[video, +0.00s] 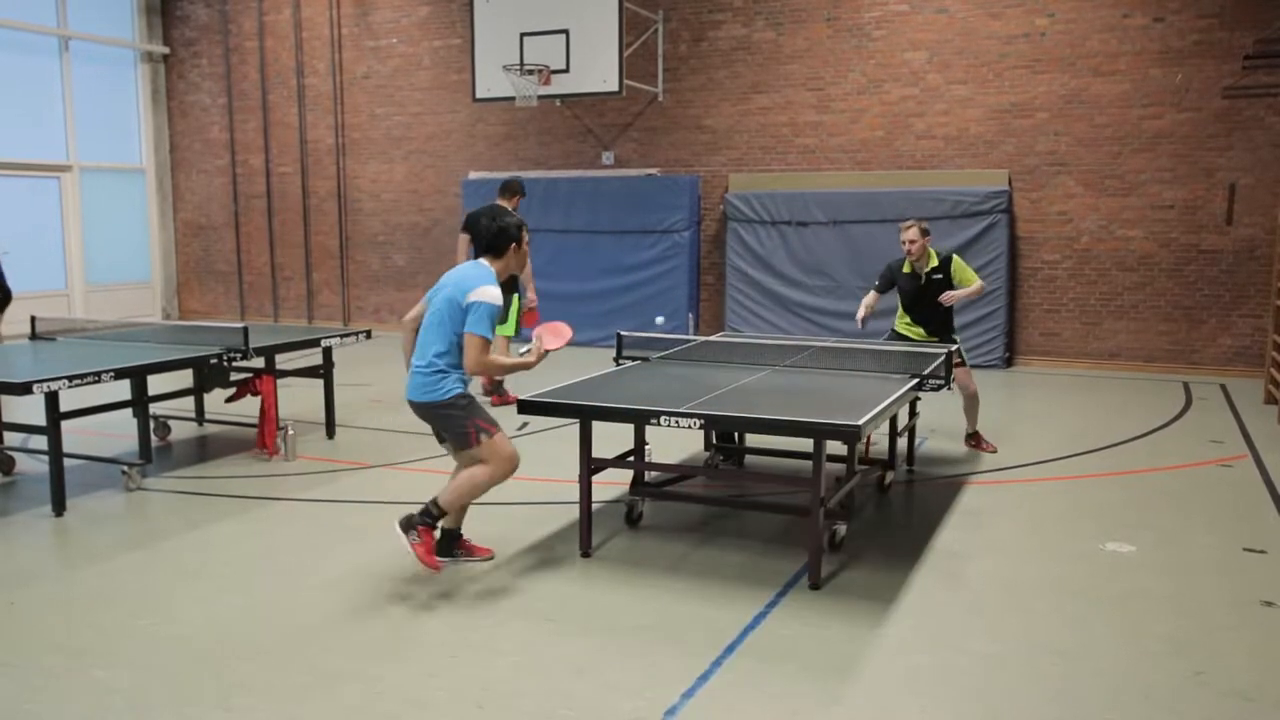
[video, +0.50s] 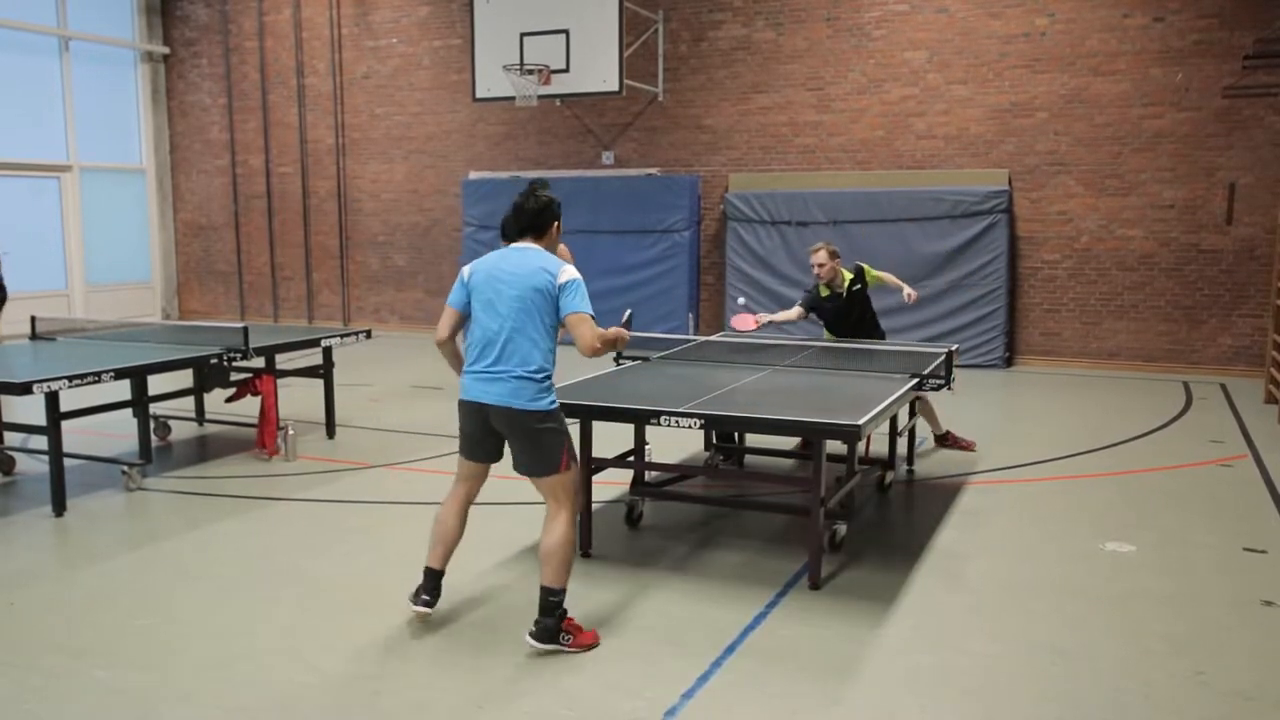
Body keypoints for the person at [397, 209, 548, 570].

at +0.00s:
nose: (527, 253)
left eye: (526, 246)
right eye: (525, 246)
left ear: (488, 246)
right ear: (513, 248)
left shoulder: (458, 274)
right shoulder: (487, 288)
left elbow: (410, 322)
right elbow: (475, 363)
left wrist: (414, 372)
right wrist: (526, 362)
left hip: (426, 388)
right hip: (442, 390)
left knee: (470, 461)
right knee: (504, 460)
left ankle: (450, 539)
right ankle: (422, 521)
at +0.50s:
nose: (562, 233)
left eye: (560, 228)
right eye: (560, 227)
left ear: (512, 227)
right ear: (552, 228)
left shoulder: (477, 267)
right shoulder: (559, 270)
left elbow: (444, 337)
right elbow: (588, 344)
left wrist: (467, 375)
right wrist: (614, 337)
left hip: (474, 399)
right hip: (529, 405)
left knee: (462, 489)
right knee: (561, 502)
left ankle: (428, 586)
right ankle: (550, 620)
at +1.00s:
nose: (652, 284)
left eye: (651, 279)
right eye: (651, 279)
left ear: (602, 275)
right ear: (644, 280)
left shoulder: (561, 304)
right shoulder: (652, 319)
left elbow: (498, 345)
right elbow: (722, 363)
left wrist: (497, 396)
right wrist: (699, 342)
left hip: (558, 448)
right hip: (621, 449)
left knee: (513, 545)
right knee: (678, 507)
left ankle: (465, 652)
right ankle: (721, 589)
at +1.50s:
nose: (681, 258)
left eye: (682, 251)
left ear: (683, 253)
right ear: (727, 256)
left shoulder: (663, 277)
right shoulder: (744, 298)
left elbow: (637, 326)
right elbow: (784, 374)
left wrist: (614, 397)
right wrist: (757, 364)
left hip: (657, 409)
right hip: (716, 413)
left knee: (615, 506)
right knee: (738, 490)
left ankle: (589, 617)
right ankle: (742, 582)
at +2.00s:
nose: (725, 233)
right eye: (724, 227)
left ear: (670, 227)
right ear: (717, 230)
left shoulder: (631, 264)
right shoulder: (724, 282)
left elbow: (578, 329)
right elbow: (757, 365)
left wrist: (584, 373)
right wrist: (787, 367)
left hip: (623, 410)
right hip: (687, 416)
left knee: (587, 512)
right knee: (725, 520)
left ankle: (557, 624)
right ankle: (750, 636)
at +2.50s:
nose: (799, 286)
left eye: (799, 279)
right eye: (799, 279)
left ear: (746, 274)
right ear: (788, 281)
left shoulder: (694, 302)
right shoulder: (787, 344)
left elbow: (629, 354)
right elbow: (825, 432)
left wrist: (586, 417)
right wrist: (881, 437)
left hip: (650, 459)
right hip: (717, 473)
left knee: (586, 554)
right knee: (769, 536)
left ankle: (524, 645)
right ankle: (756, 655)